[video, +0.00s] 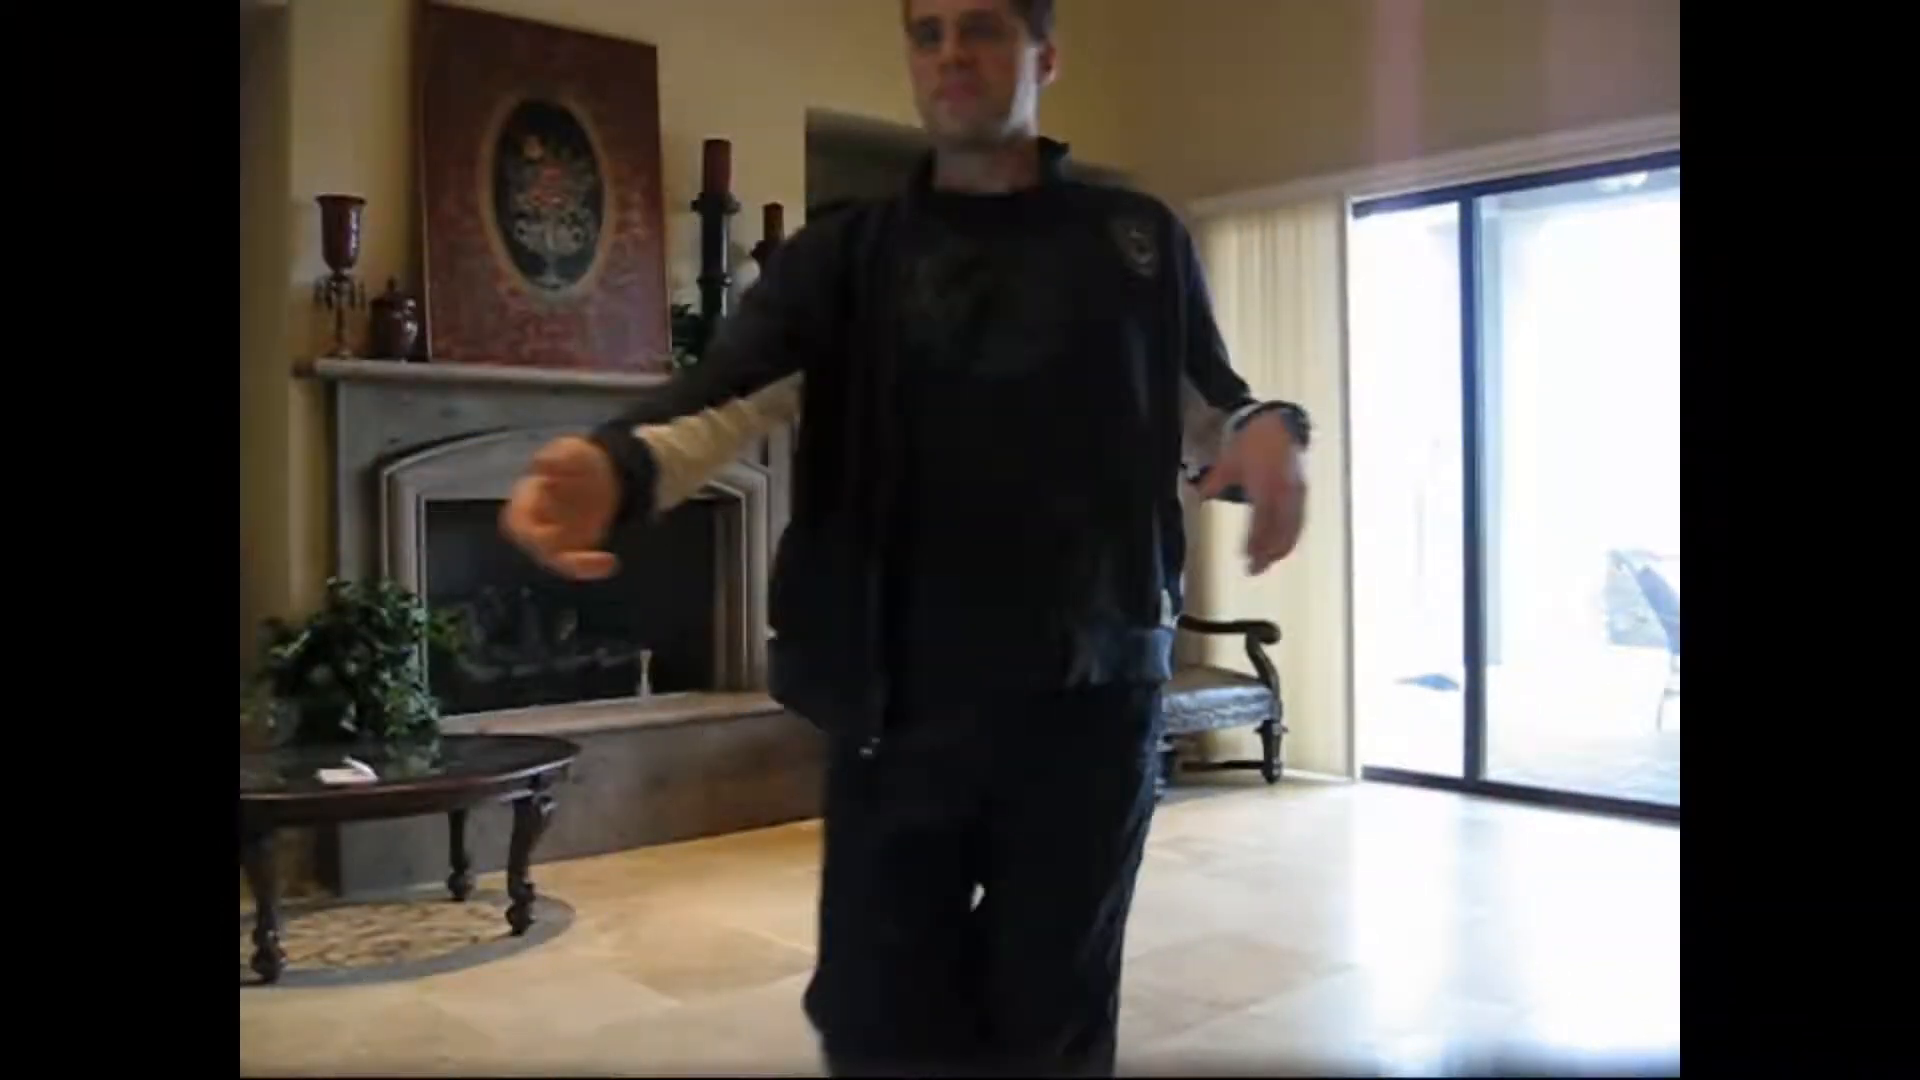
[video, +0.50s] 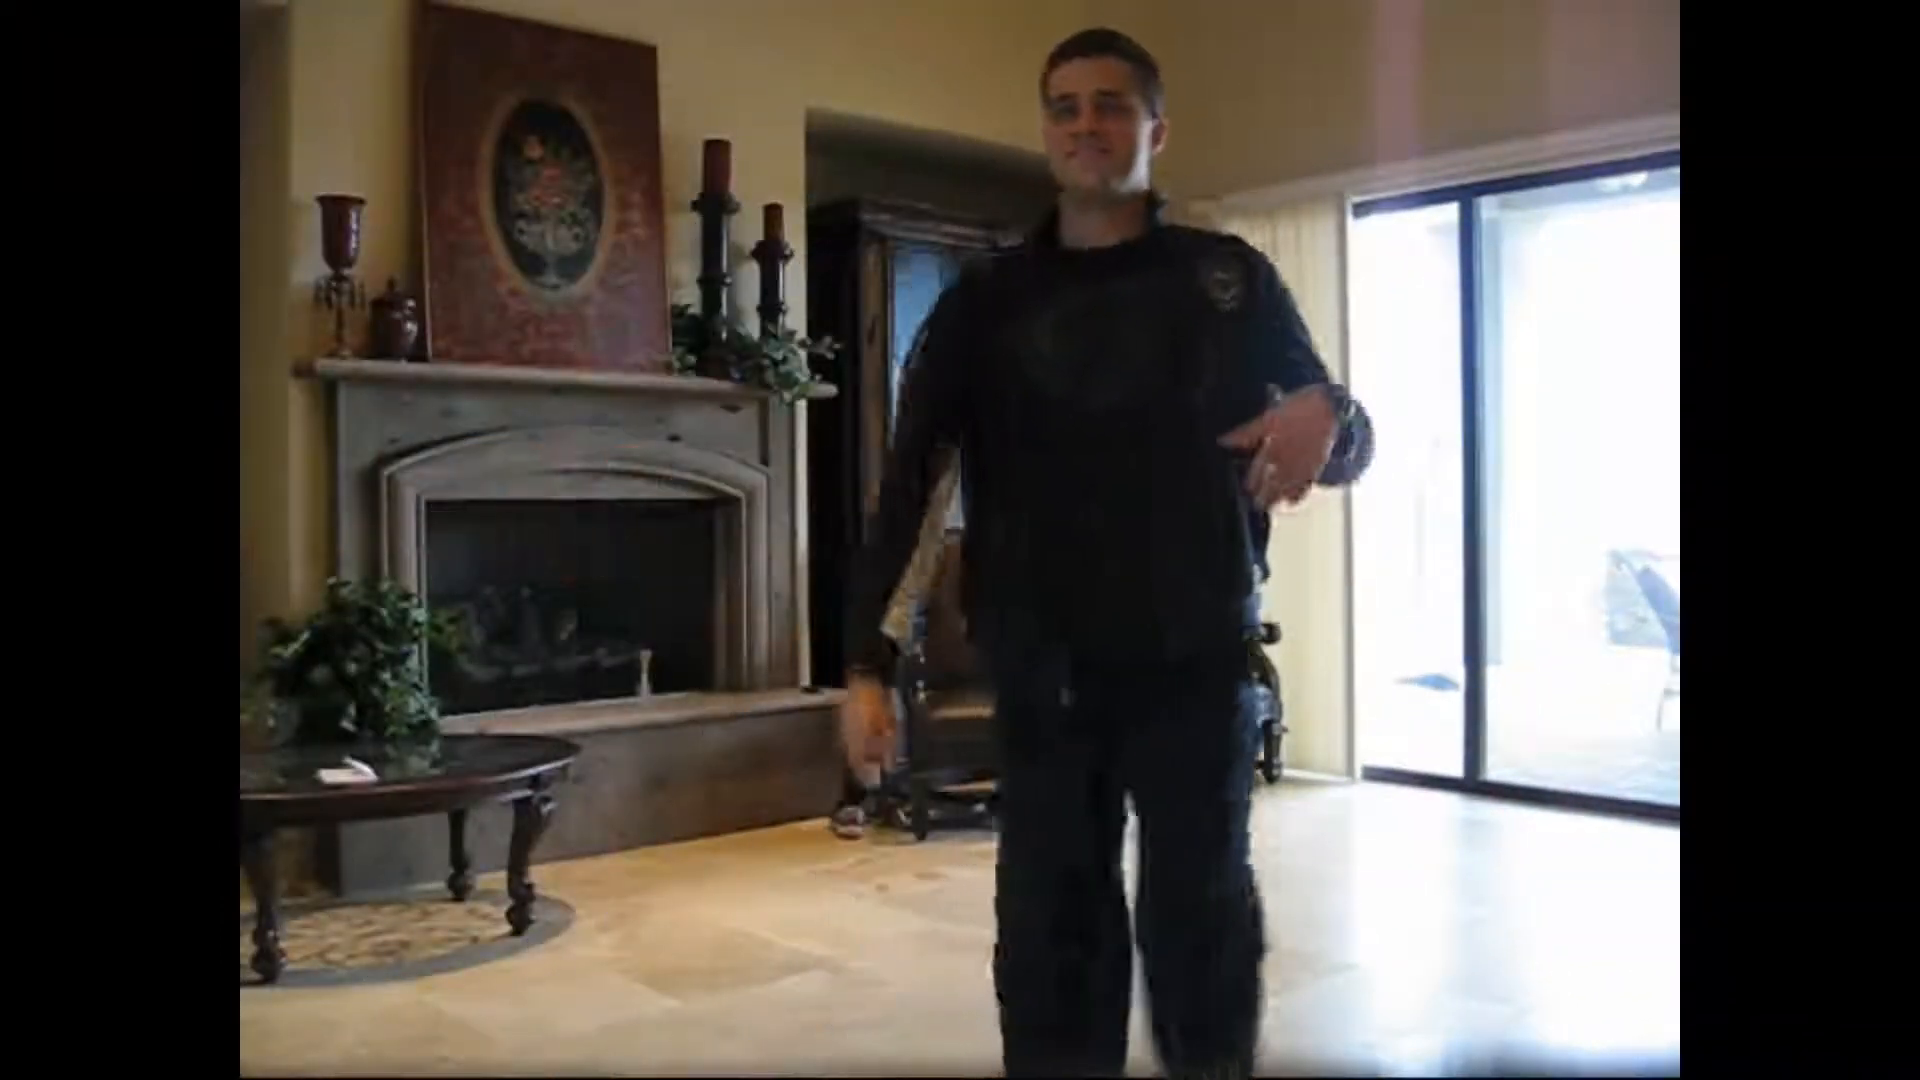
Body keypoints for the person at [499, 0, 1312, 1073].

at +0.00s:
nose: (952, 57)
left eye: (982, 31)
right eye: (928, 35)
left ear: (1045, 55)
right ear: (904, 63)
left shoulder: (1134, 233)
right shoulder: (846, 247)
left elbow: (1208, 423)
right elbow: (730, 397)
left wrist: (1263, 427)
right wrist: (619, 468)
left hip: (1088, 705)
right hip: (896, 703)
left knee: (1053, 1017)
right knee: (874, 1014)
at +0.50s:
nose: (1088, 125)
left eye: (1112, 106)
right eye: (1065, 108)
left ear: (1156, 129)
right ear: (1042, 133)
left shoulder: (1226, 276)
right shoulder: (983, 297)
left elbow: (1336, 434)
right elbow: (908, 485)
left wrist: (1327, 411)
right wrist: (867, 659)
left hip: (1195, 656)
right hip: (1041, 659)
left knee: (1200, 914)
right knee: (1048, 922)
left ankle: (1211, 1067)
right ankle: (1058, 1074)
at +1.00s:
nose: (1257, 175)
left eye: (1277, 156)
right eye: (1235, 158)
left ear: (1313, 172)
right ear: (1212, 179)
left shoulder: (1385, 302)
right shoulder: (1179, 322)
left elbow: (1471, 461)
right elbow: (1135, 489)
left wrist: (1437, 586)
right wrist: (1083, 630)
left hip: (1344, 650)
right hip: (1208, 649)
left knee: (1340, 901)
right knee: (1187, 887)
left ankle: (1326, 1069)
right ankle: (1193, 1062)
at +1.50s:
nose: (1327, 194)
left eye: (1346, 177)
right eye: (1309, 178)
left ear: (1377, 193)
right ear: (1284, 195)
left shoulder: (1434, 314)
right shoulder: (1235, 335)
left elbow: (1500, 463)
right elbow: (1167, 466)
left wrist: (1542, 605)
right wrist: (1159, 558)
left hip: (1412, 622)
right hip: (1294, 626)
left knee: (1402, 836)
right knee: (1321, 840)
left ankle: (1397, 1045)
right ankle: (1338, 1045)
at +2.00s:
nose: (1401, 185)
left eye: (1419, 168)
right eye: (1382, 170)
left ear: (1448, 186)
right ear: (1355, 193)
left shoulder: (1507, 311)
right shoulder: (1305, 332)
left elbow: (1568, 457)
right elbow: (1262, 488)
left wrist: (1598, 593)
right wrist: (1251, 623)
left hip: (1474, 632)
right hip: (1351, 635)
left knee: (1475, 856)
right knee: (1353, 853)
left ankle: (1465, 1053)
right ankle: (1345, 1046)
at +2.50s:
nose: (1418, 190)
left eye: (1436, 173)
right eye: (1398, 174)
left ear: (1468, 188)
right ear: (1374, 193)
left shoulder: (1529, 315)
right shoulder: (1330, 329)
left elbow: (1583, 475)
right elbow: (1291, 483)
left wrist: (1576, 619)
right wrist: (1277, 622)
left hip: (1489, 638)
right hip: (1363, 639)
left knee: (1486, 867)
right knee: (1344, 856)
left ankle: (1468, 1055)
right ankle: (1328, 1045)